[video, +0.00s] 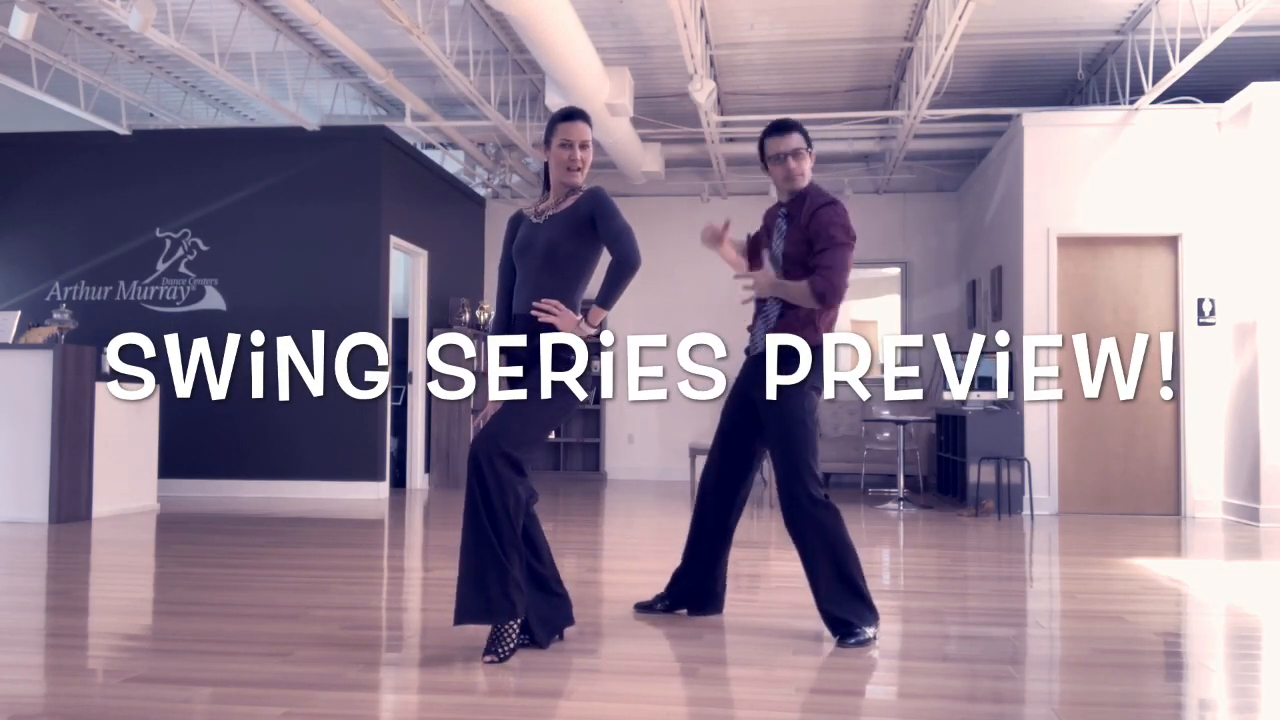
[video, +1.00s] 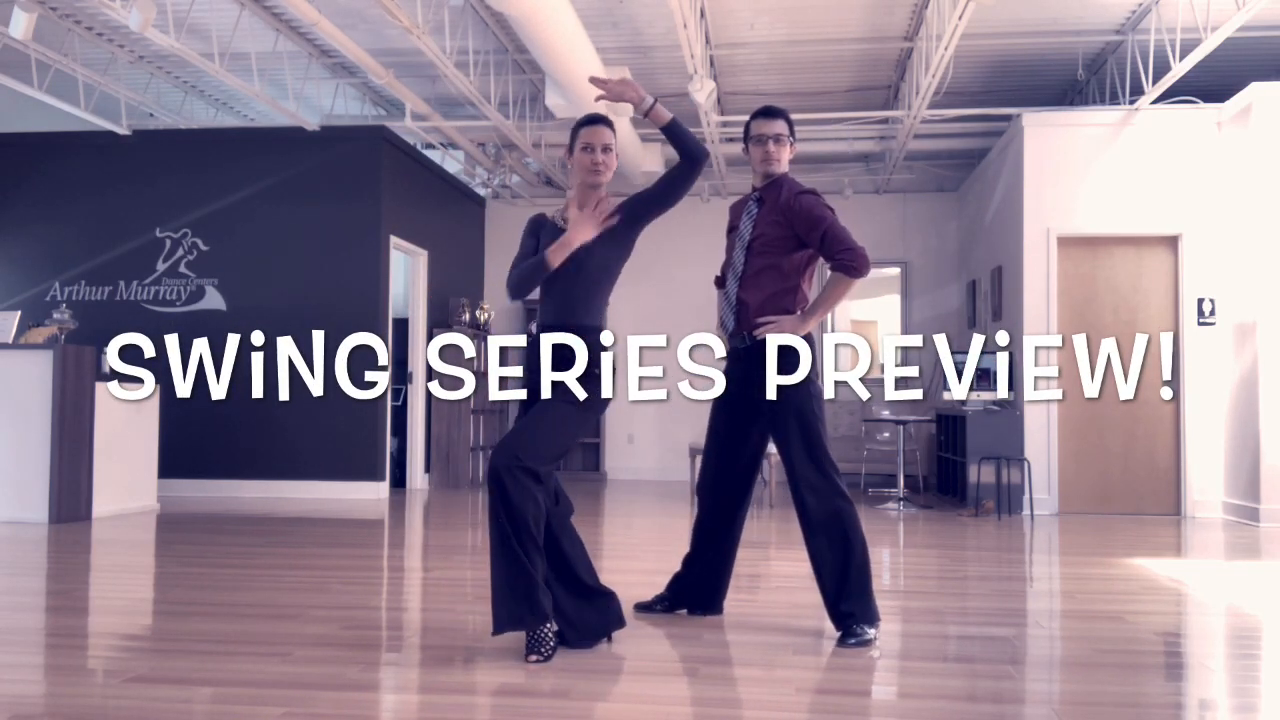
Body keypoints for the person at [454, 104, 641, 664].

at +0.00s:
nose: (578, 154)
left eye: (585, 146)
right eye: (567, 145)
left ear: (593, 153)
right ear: (545, 152)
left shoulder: (592, 201)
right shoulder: (521, 220)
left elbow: (628, 256)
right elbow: (504, 307)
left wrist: (591, 322)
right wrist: (492, 386)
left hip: (560, 361)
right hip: (518, 361)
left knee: (490, 450)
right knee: (503, 476)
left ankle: (510, 607)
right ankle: (546, 607)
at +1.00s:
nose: (597, 157)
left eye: (607, 149)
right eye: (588, 148)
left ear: (616, 160)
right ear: (568, 157)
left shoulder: (626, 215)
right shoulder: (545, 225)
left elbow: (694, 159)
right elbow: (516, 287)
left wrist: (644, 101)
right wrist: (566, 244)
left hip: (583, 368)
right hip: (538, 367)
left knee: (510, 464)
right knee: (539, 487)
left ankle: (537, 614)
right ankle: (588, 607)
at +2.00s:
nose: (598, 146)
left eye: (608, 138)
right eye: (589, 138)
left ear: (625, 150)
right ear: (577, 148)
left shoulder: (633, 213)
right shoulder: (560, 214)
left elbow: (632, 294)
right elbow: (499, 277)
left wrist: (567, 258)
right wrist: (493, 236)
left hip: (604, 361)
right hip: (554, 359)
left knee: (539, 452)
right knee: (547, 480)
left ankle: (538, 617)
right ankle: (588, 608)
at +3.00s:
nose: (596, 170)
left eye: (610, 166)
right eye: (593, 163)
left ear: (632, 187)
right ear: (583, 176)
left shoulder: (633, 236)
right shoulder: (560, 242)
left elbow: (602, 199)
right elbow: (481, 222)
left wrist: (628, 177)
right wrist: (531, 179)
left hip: (576, 388)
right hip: (531, 381)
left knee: (499, 469)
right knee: (517, 496)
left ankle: (529, 618)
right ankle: (586, 611)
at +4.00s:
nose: (551, 143)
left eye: (561, 135)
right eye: (542, 135)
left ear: (580, 145)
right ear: (530, 145)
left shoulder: (597, 213)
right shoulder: (525, 218)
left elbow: (628, 292)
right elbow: (532, 299)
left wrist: (619, 362)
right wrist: (521, 379)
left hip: (611, 356)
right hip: (563, 360)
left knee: (553, 466)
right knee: (555, 476)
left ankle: (539, 621)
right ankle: (584, 610)